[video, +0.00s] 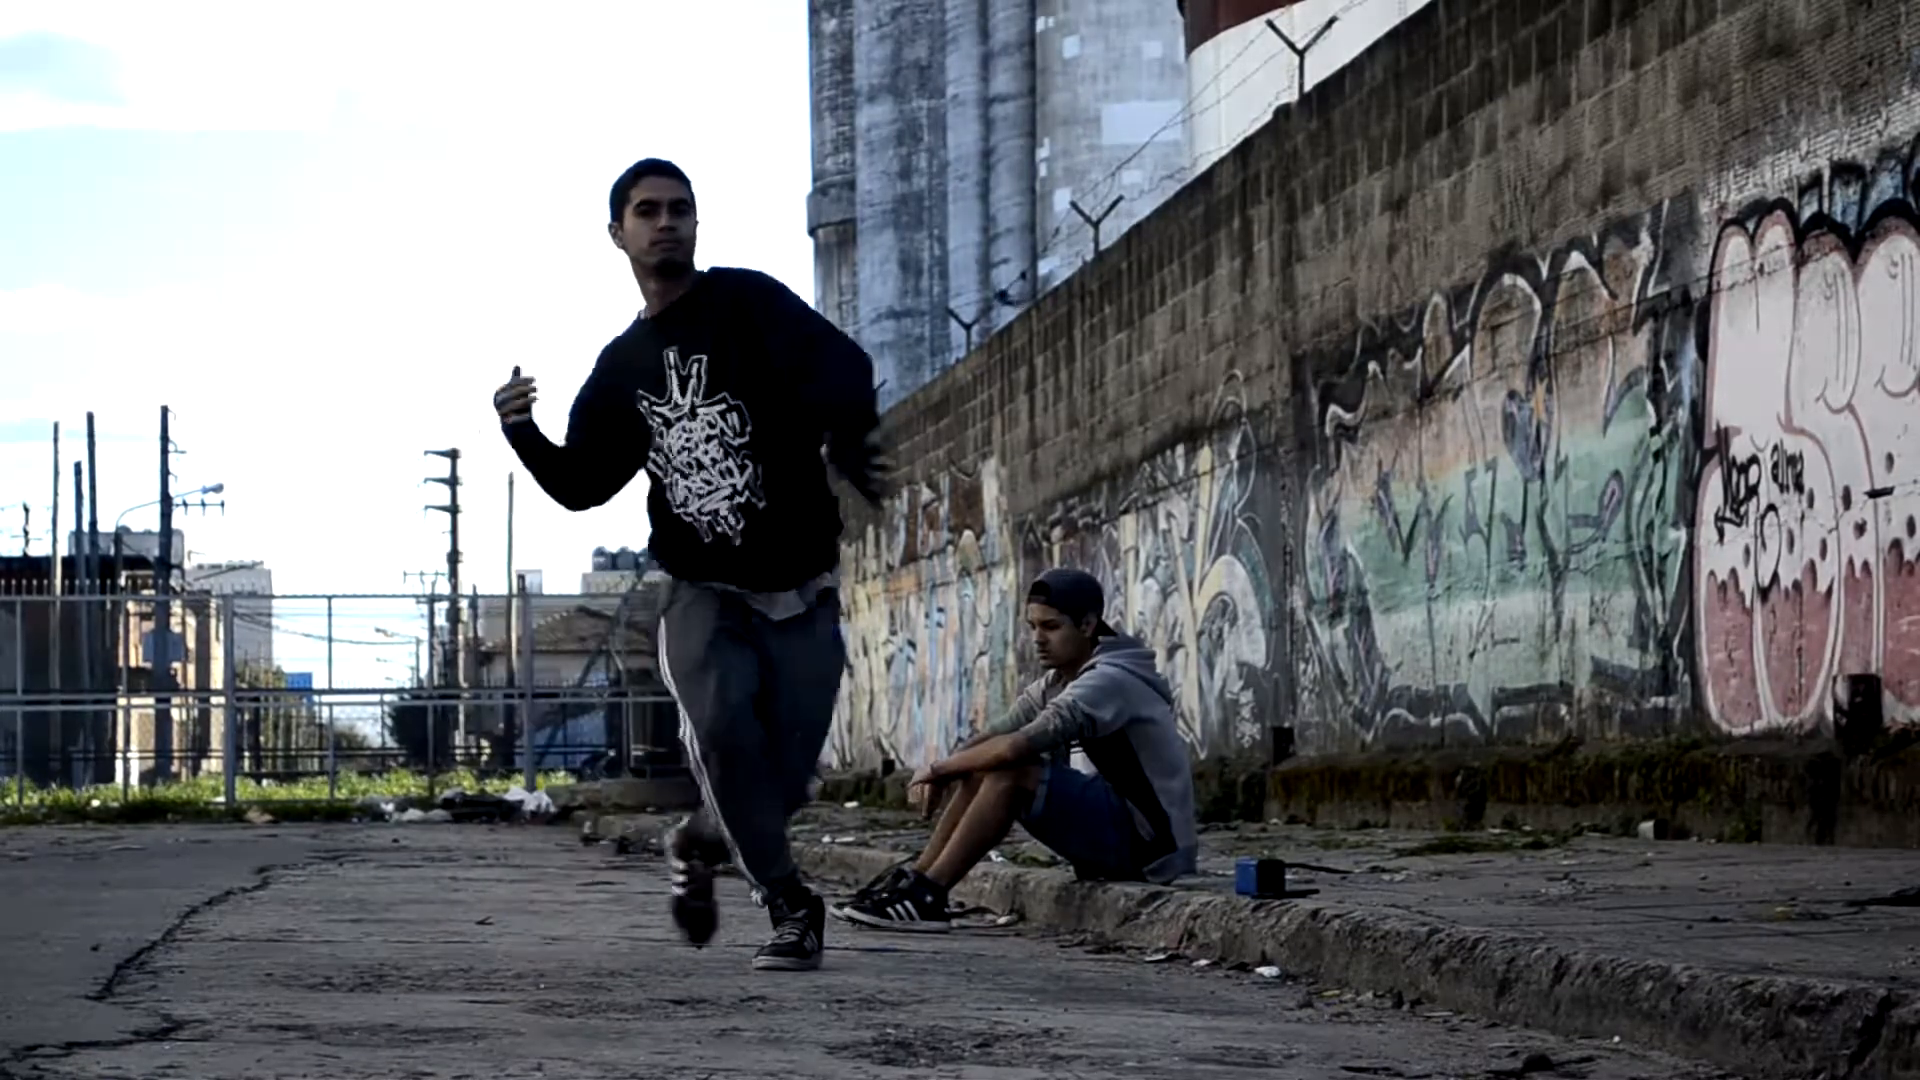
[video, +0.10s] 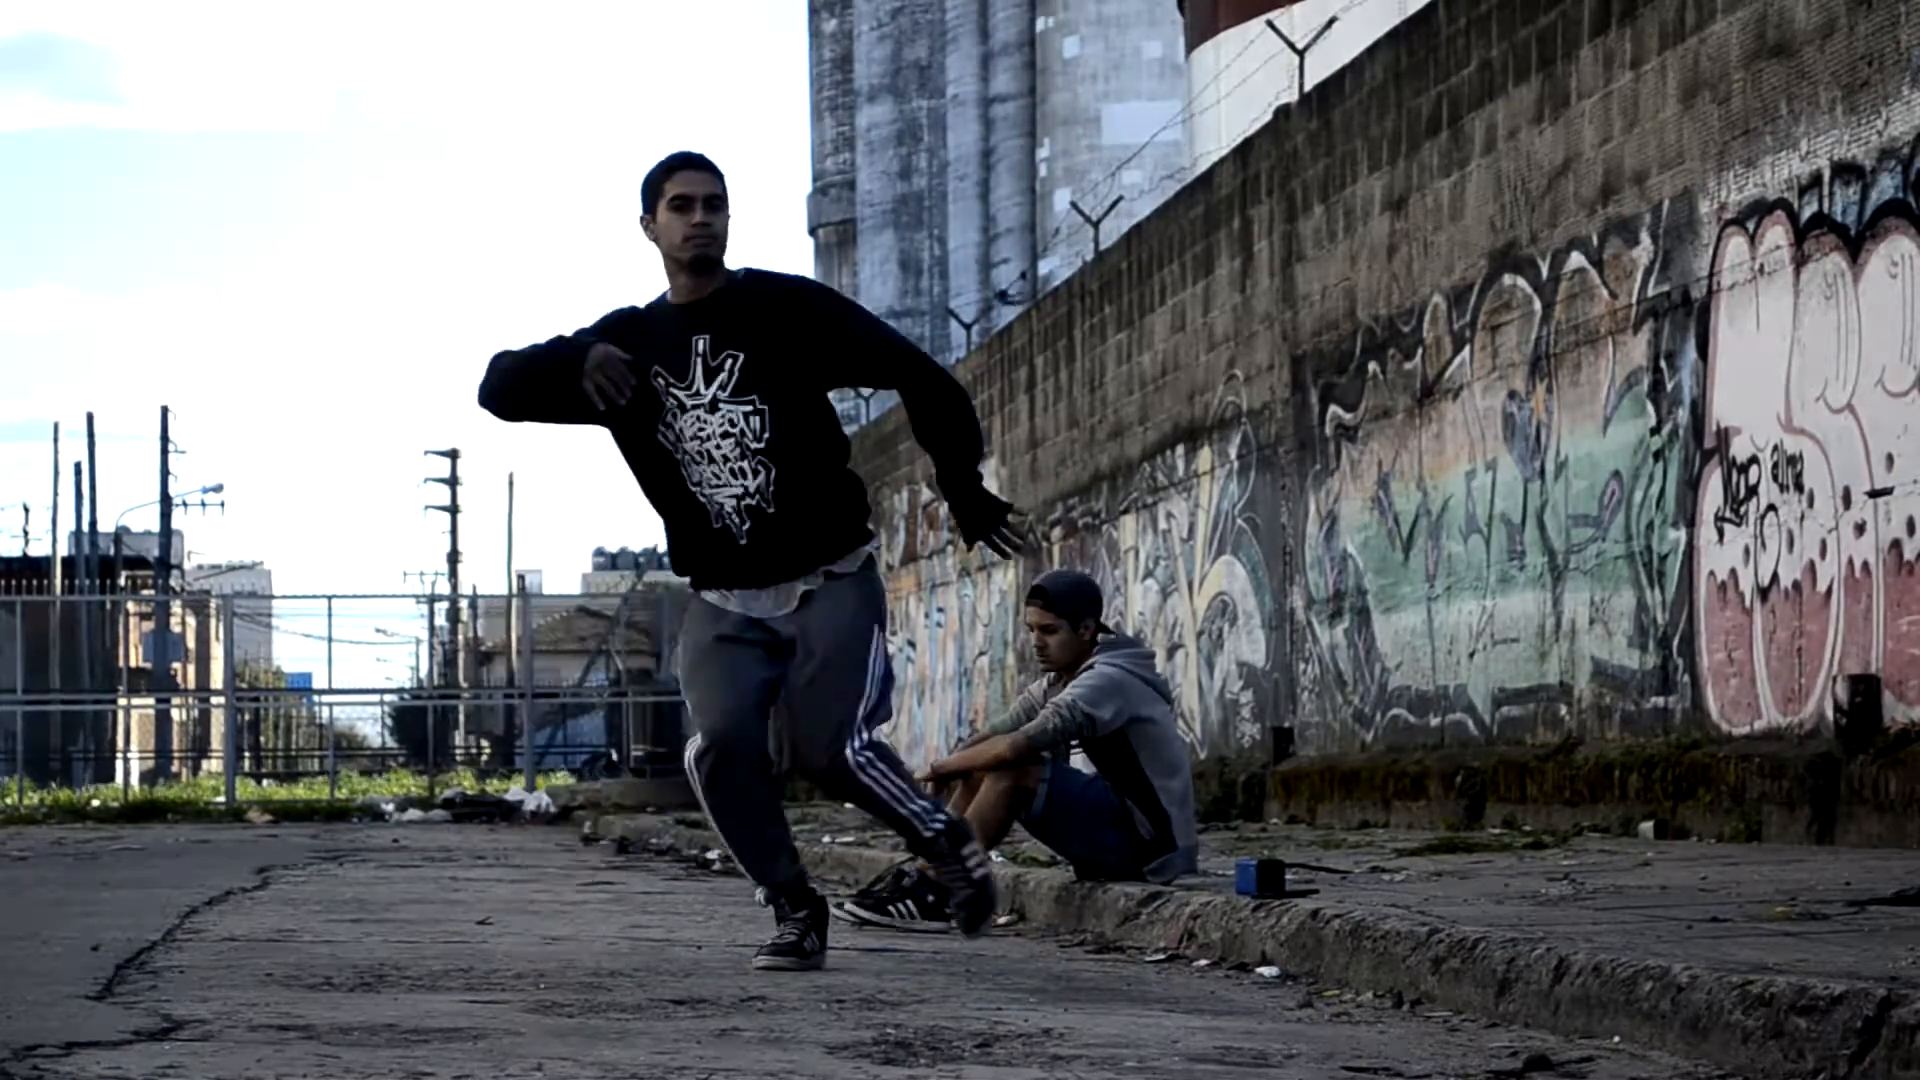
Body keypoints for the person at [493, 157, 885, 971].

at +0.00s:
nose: (666, 222)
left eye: (678, 210)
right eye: (648, 212)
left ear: (697, 225)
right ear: (619, 234)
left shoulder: (754, 300)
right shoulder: (625, 365)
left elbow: (848, 369)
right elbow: (581, 483)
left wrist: (852, 453)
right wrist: (521, 430)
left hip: (801, 580)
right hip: (701, 588)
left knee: (790, 768)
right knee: (718, 728)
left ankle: (698, 843)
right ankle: (790, 907)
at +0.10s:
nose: (701, 218)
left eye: (713, 206)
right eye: (682, 206)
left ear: (728, 220)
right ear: (650, 224)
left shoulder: (790, 308)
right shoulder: (620, 342)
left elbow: (921, 376)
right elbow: (500, 388)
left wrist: (963, 486)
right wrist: (577, 366)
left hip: (830, 575)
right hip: (721, 594)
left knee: (828, 749)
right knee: (718, 748)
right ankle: (796, 911)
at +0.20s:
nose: (739, 226)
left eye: (751, 213)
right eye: (720, 212)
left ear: (765, 227)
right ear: (685, 225)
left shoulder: (817, 318)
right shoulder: (650, 330)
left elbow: (904, 412)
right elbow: (532, 329)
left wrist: (962, 509)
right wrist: (634, 344)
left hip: (855, 573)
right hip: (750, 600)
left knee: (886, 767)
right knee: (743, 753)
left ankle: (1068, 876)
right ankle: (801, 914)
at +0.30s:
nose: (780, 216)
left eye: (791, 203)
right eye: (761, 202)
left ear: (804, 216)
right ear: (724, 215)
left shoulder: (845, 311)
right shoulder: (694, 317)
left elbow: (882, 449)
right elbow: (578, 367)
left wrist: (937, 535)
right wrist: (684, 361)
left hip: (895, 562)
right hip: (779, 587)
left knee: (994, 707)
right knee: (769, 755)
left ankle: (1038, 858)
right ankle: (796, 910)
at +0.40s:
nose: (810, 245)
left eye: (821, 232)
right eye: (792, 230)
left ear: (831, 239)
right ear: (752, 235)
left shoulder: (849, 332)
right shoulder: (717, 326)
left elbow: (874, 431)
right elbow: (637, 430)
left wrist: (912, 491)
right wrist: (754, 421)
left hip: (931, 558)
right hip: (829, 577)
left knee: (1067, 686)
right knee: (815, 746)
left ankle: (987, 874)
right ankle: (785, 902)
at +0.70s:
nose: (867, 207)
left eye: (879, 193)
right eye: (850, 188)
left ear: (887, 205)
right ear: (810, 193)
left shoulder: (877, 315)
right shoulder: (774, 276)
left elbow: (949, 401)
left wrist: (949, 417)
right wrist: (784, 380)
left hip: (898, 549)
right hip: (809, 548)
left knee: (995, 712)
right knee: (847, 734)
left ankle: (977, 912)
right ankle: (764, 899)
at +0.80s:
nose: (881, 179)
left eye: (893, 165)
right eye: (863, 161)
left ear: (903, 176)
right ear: (823, 167)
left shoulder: (886, 283)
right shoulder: (789, 253)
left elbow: (910, 390)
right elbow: (693, 331)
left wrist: (917, 493)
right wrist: (720, 464)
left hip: (846, 525)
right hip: (760, 520)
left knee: (906, 699)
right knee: (794, 711)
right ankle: (735, 906)